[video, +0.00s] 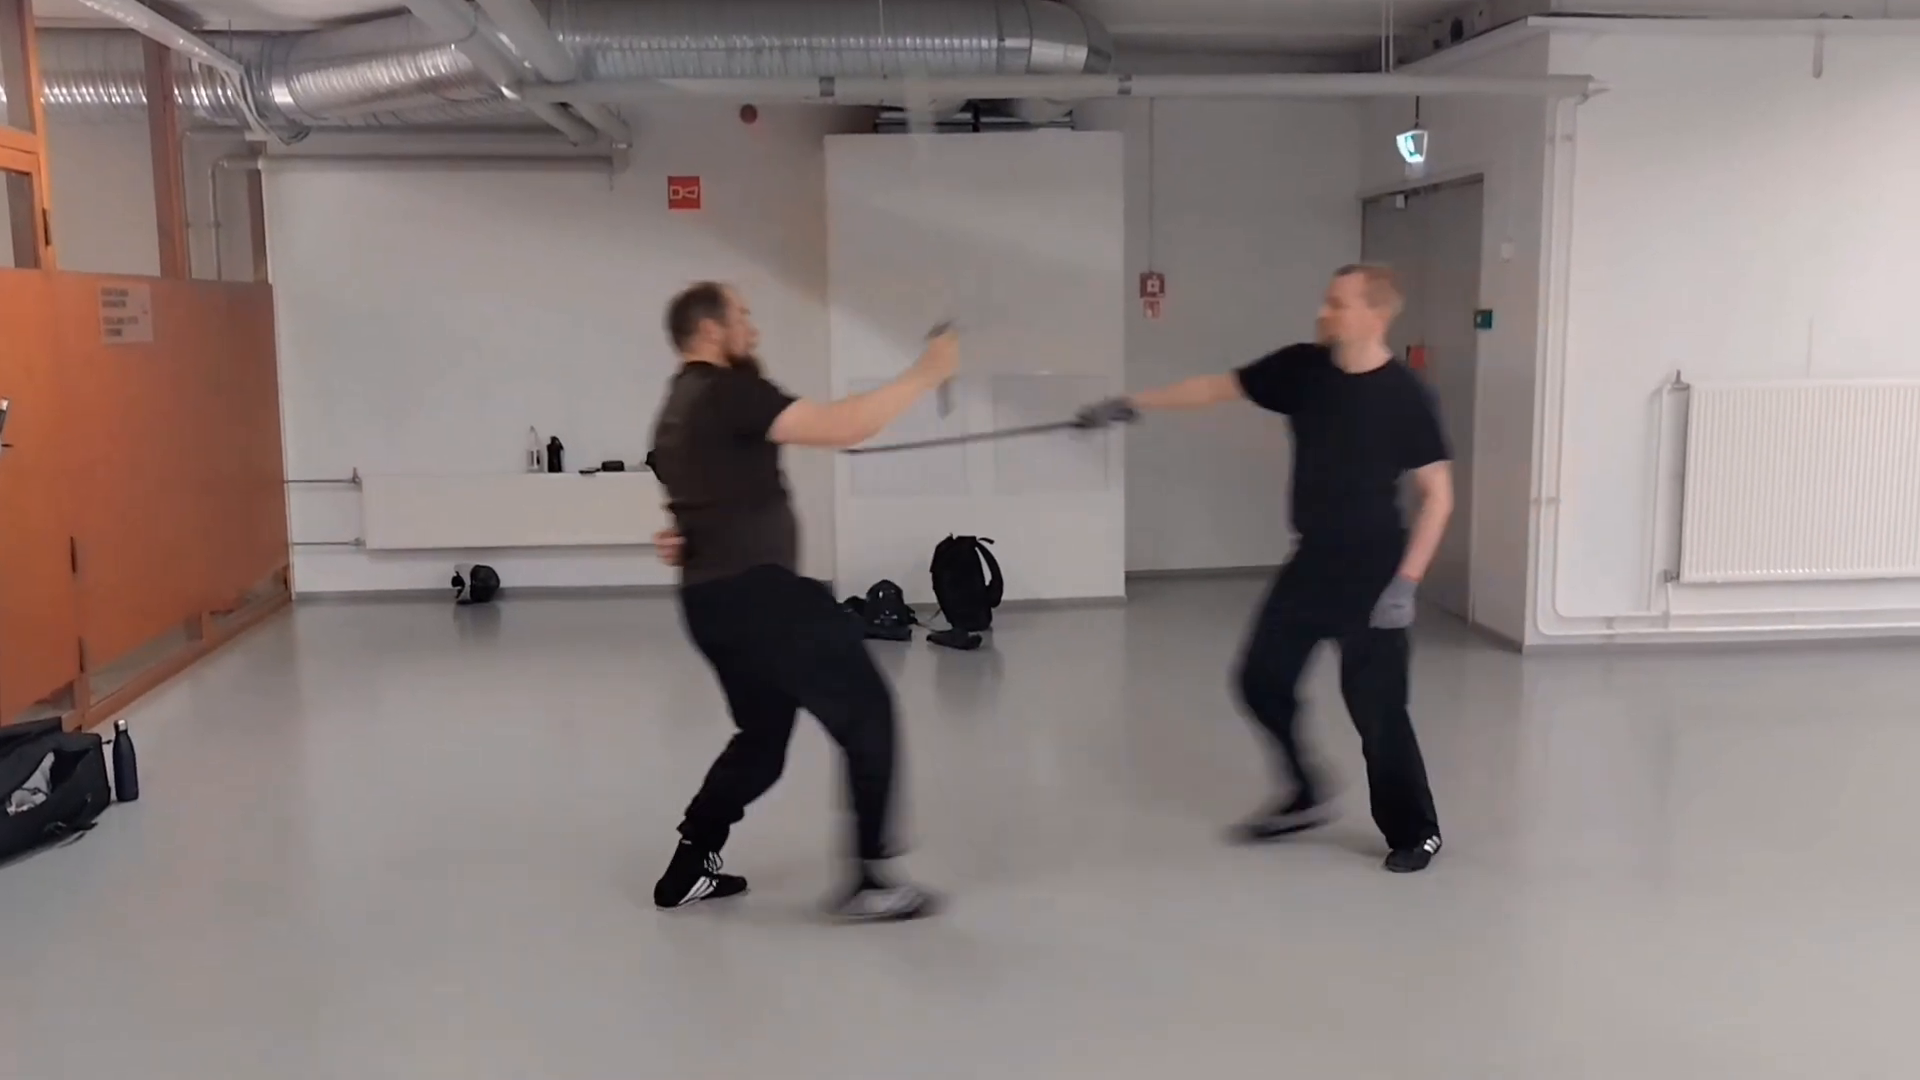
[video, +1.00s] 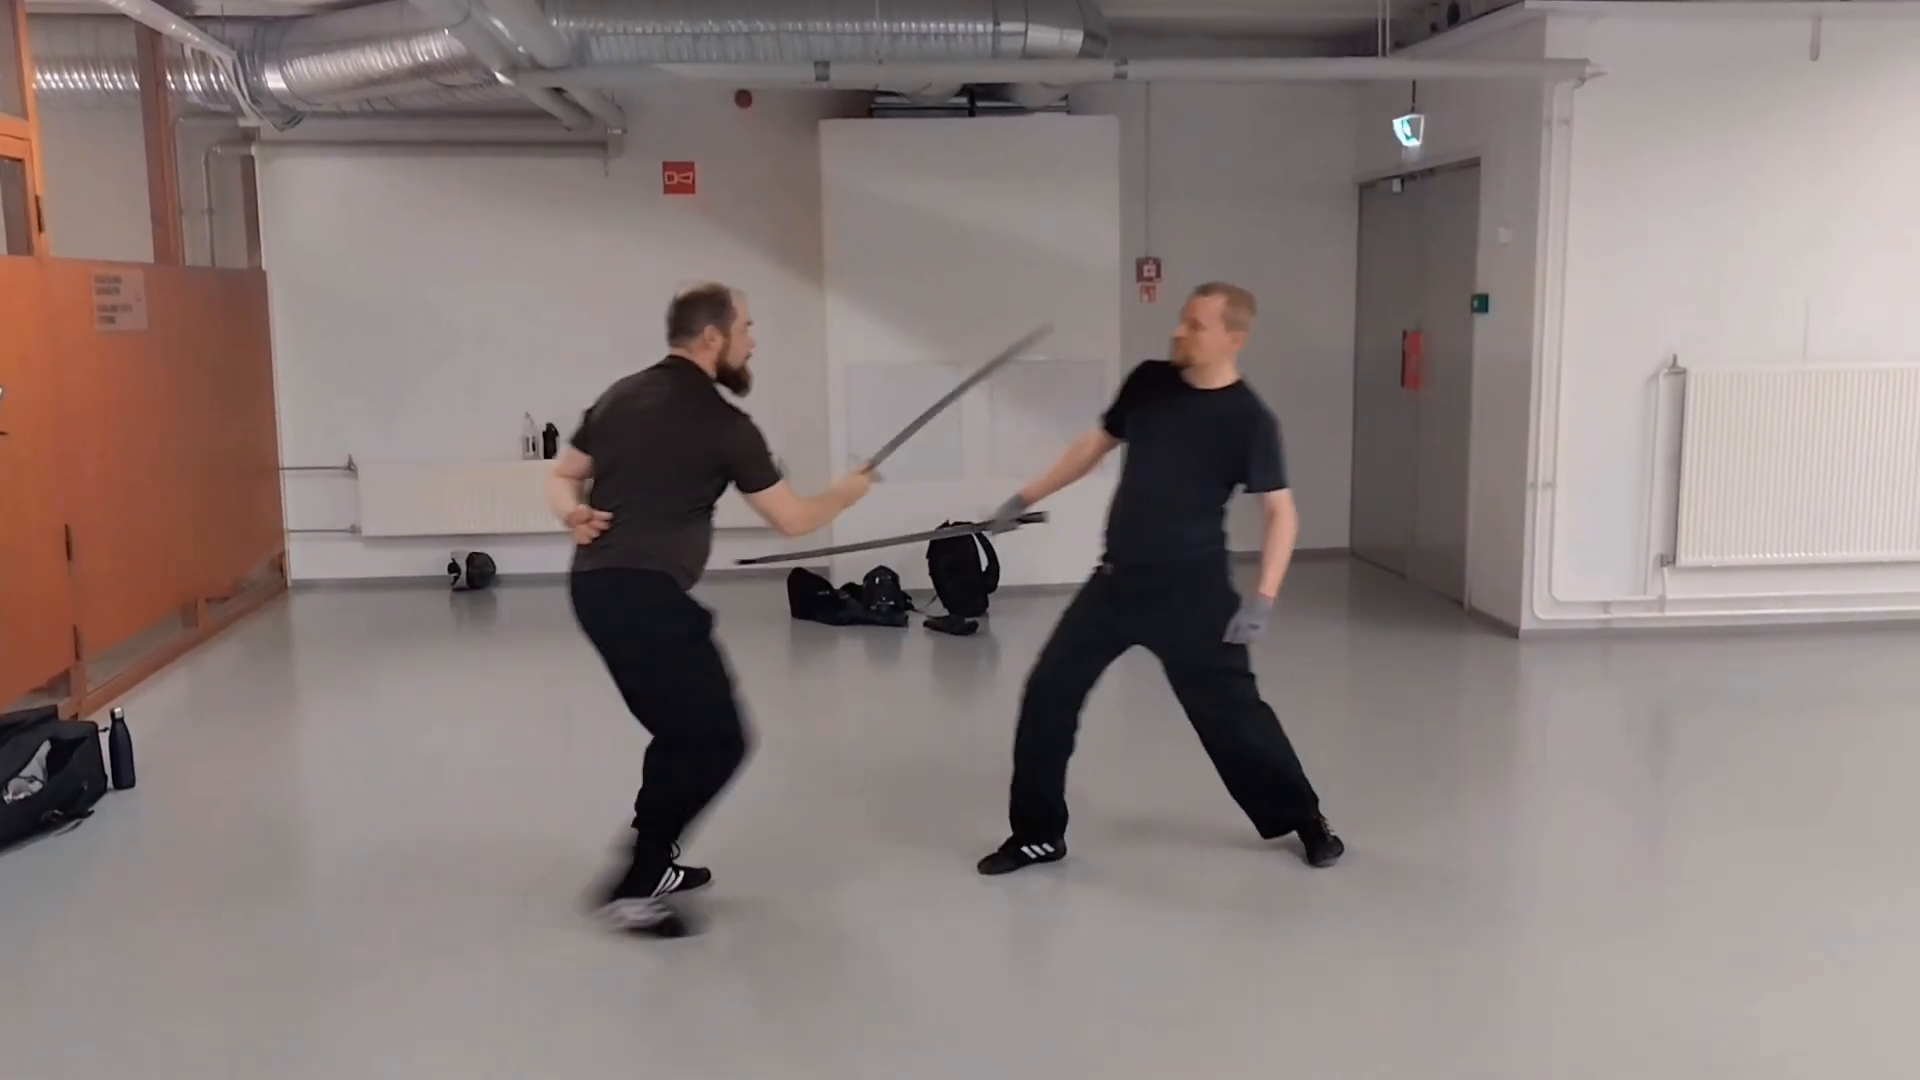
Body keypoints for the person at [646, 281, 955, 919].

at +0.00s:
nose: (754, 331)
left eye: (749, 318)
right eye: (743, 319)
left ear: (694, 336)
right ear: (709, 331)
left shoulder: (680, 403)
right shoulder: (731, 392)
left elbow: (710, 498)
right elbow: (847, 426)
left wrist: (690, 537)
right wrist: (924, 374)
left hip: (715, 601)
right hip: (766, 594)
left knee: (760, 745)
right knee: (865, 709)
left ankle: (687, 871)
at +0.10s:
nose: (716, 324)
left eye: (712, 309)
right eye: (706, 311)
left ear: (654, 328)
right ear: (673, 322)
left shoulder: (636, 397)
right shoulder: (696, 385)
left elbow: (660, 498)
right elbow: (794, 450)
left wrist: (644, 529)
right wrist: (872, 418)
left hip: (667, 592)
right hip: (715, 585)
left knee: (739, 720)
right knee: (794, 722)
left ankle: (685, 869)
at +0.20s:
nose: (684, 316)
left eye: (680, 302)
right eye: (675, 303)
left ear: (623, 316)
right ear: (638, 312)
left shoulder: (590, 392)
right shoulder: (674, 382)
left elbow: (591, 497)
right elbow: (764, 481)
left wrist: (592, 517)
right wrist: (814, 475)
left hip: (618, 586)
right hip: (666, 584)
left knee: (691, 729)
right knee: (707, 737)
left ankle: (681, 867)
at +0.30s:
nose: (658, 339)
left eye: (653, 326)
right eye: (649, 327)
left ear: (587, 343)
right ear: (616, 339)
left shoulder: (540, 414)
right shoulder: (652, 432)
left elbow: (504, 519)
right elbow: (716, 543)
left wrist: (533, 547)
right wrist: (740, 531)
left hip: (544, 610)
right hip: (589, 617)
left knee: (663, 711)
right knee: (526, 780)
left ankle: (674, 864)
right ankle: (390, 937)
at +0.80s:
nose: (709, 354)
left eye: (707, 341)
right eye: (703, 342)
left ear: (636, 349)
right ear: (673, 350)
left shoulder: (572, 406)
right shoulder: (684, 438)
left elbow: (503, 480)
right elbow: (741, 525)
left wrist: (518, 528)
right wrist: (796, 501)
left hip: (546, 597)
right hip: (593, 606)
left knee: (657, 707)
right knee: (559, 768)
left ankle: (649, 867)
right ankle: (409, 912)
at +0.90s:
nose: (732, 348)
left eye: (729, 335)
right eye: (724, 336)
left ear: (668, 347)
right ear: (694, 345)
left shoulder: (599, 402)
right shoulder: (705, 431)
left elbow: (532, 480)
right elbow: (761, 525)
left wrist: (548, 524)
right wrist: (816, 504)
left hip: (574, 590)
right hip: (621, 597)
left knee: (676, 711)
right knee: (649, 756)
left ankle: (650, 867)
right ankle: (495, 883)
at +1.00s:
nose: (751, 342)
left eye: (749, 329)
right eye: (744, 329)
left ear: (686, 338)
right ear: (713, 337)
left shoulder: (623, 397)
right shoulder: (722, 422)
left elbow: (561, 477)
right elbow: (792, 518)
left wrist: (573, 512)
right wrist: (845, 493)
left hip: (598, 586)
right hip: (651, 590)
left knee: (681, 728)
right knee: (720, 739)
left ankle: (648, 860)